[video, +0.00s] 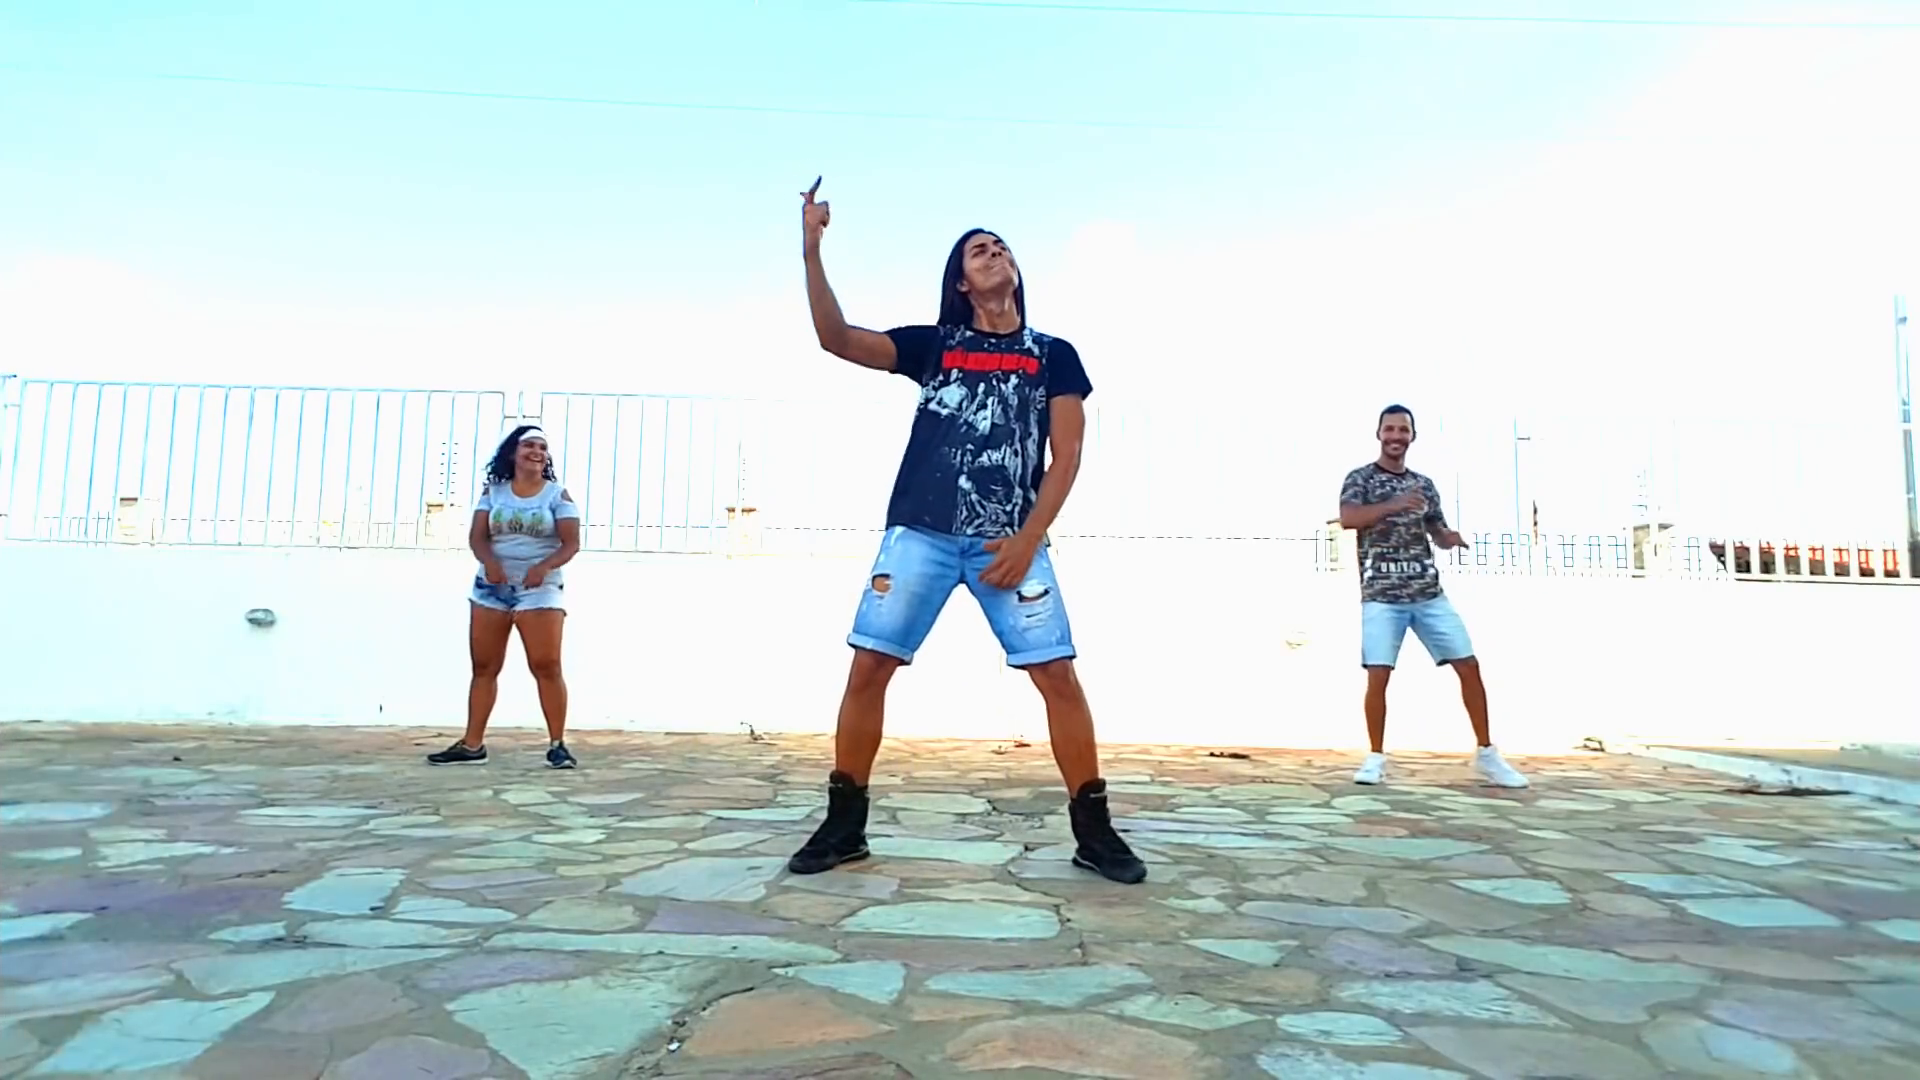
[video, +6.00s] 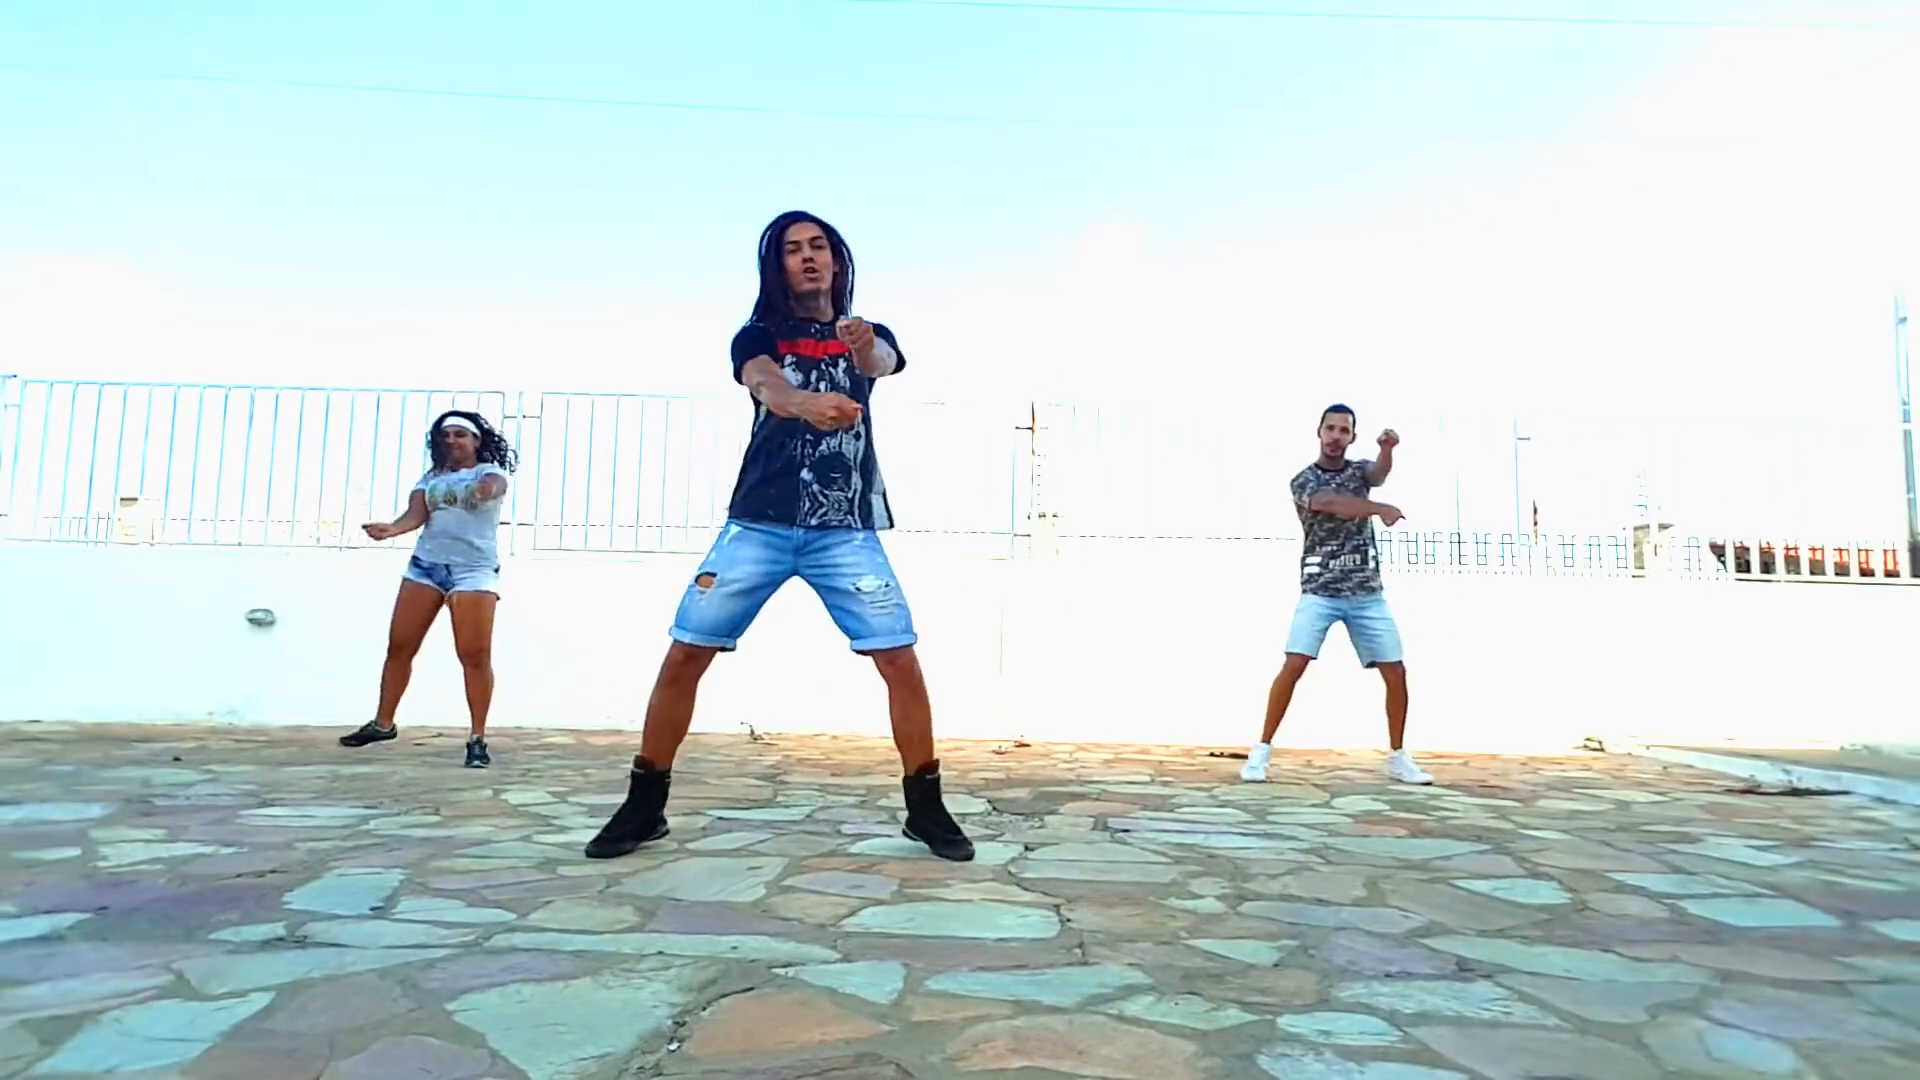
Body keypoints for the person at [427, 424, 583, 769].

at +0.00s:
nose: (536, 451)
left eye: (542, 447)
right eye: (528, 446)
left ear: (547, 457)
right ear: (512, 454)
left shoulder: (557, 495)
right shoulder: (493, 492)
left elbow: (571, 544)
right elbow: (477, 537)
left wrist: (543, 566)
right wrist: (490, 562)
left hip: (540, 591)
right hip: (492, 589)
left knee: (546, 667)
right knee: (483, 667)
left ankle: (557, 744)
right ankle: (472, 743)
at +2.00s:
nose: (556, 468)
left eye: (565, 465)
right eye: (552, 461)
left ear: (577, 471)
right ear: (543, 462)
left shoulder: (585, 506)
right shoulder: (524, 493)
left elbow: (595, 560)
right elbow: (504, 538)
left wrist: (598, 605)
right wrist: (510, 556)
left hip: (564, 587)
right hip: (522, 586)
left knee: (556, 666)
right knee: (491, 664)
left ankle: (558, 745)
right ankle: (472, 743)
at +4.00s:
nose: (522, 458)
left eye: (530, 452)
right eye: (517, 453)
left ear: (548, 459)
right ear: (511, 460)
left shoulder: (561, 494)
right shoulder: (498, 493)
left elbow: (563, 515)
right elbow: (486, 520)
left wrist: (549, 519)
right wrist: (479, 534)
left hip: (542, 585)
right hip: (495, 584)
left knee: (550, 666)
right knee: (475, 665)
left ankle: (558, 744)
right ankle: (471, 743)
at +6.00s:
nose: (453, 439)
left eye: (461, 434)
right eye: (446, 434)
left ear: (477, 441)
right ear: (439, 443)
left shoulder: (491, 472)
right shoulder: (428, 481)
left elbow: (493, 485)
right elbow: (414, 516)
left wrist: (483, 490)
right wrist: (389, 530)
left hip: (474, 570)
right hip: (425, 567)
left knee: (475, 656)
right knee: (399, 648)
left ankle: (477, 738)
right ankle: (383, 724)